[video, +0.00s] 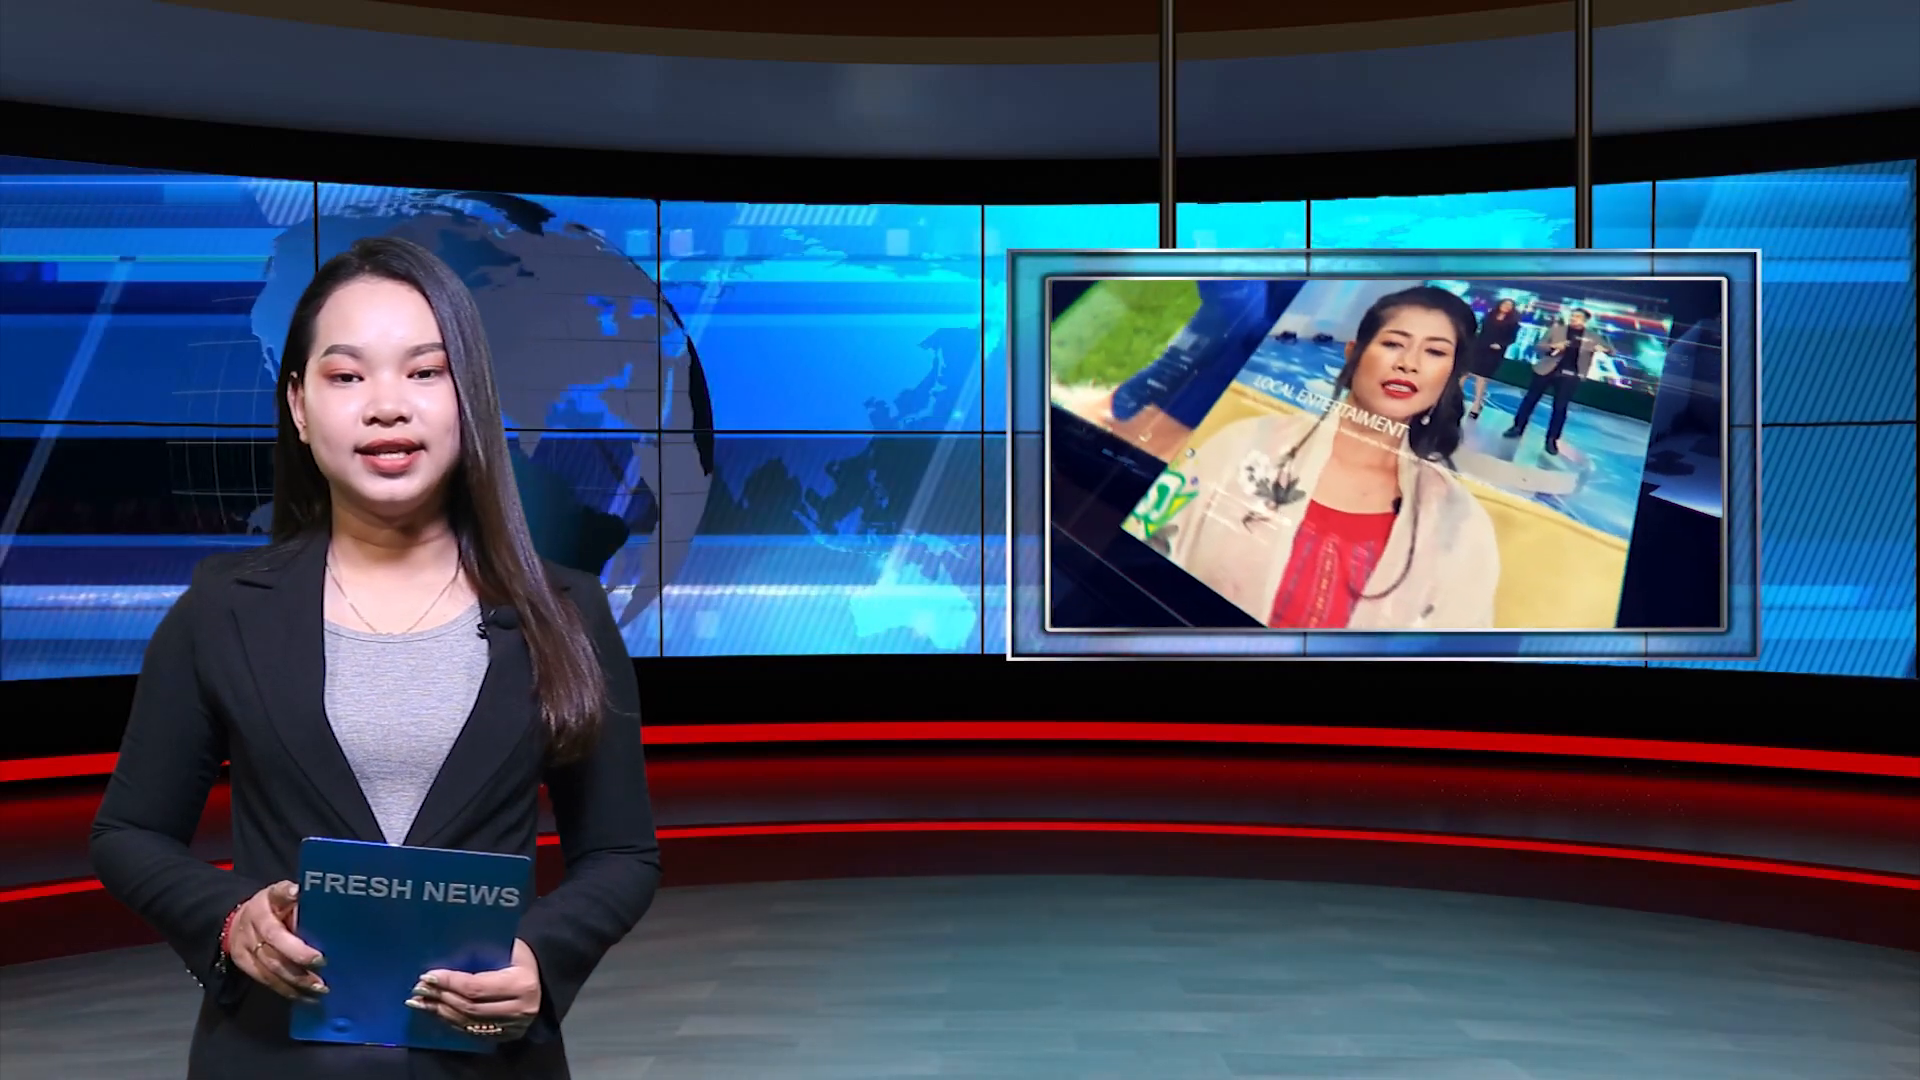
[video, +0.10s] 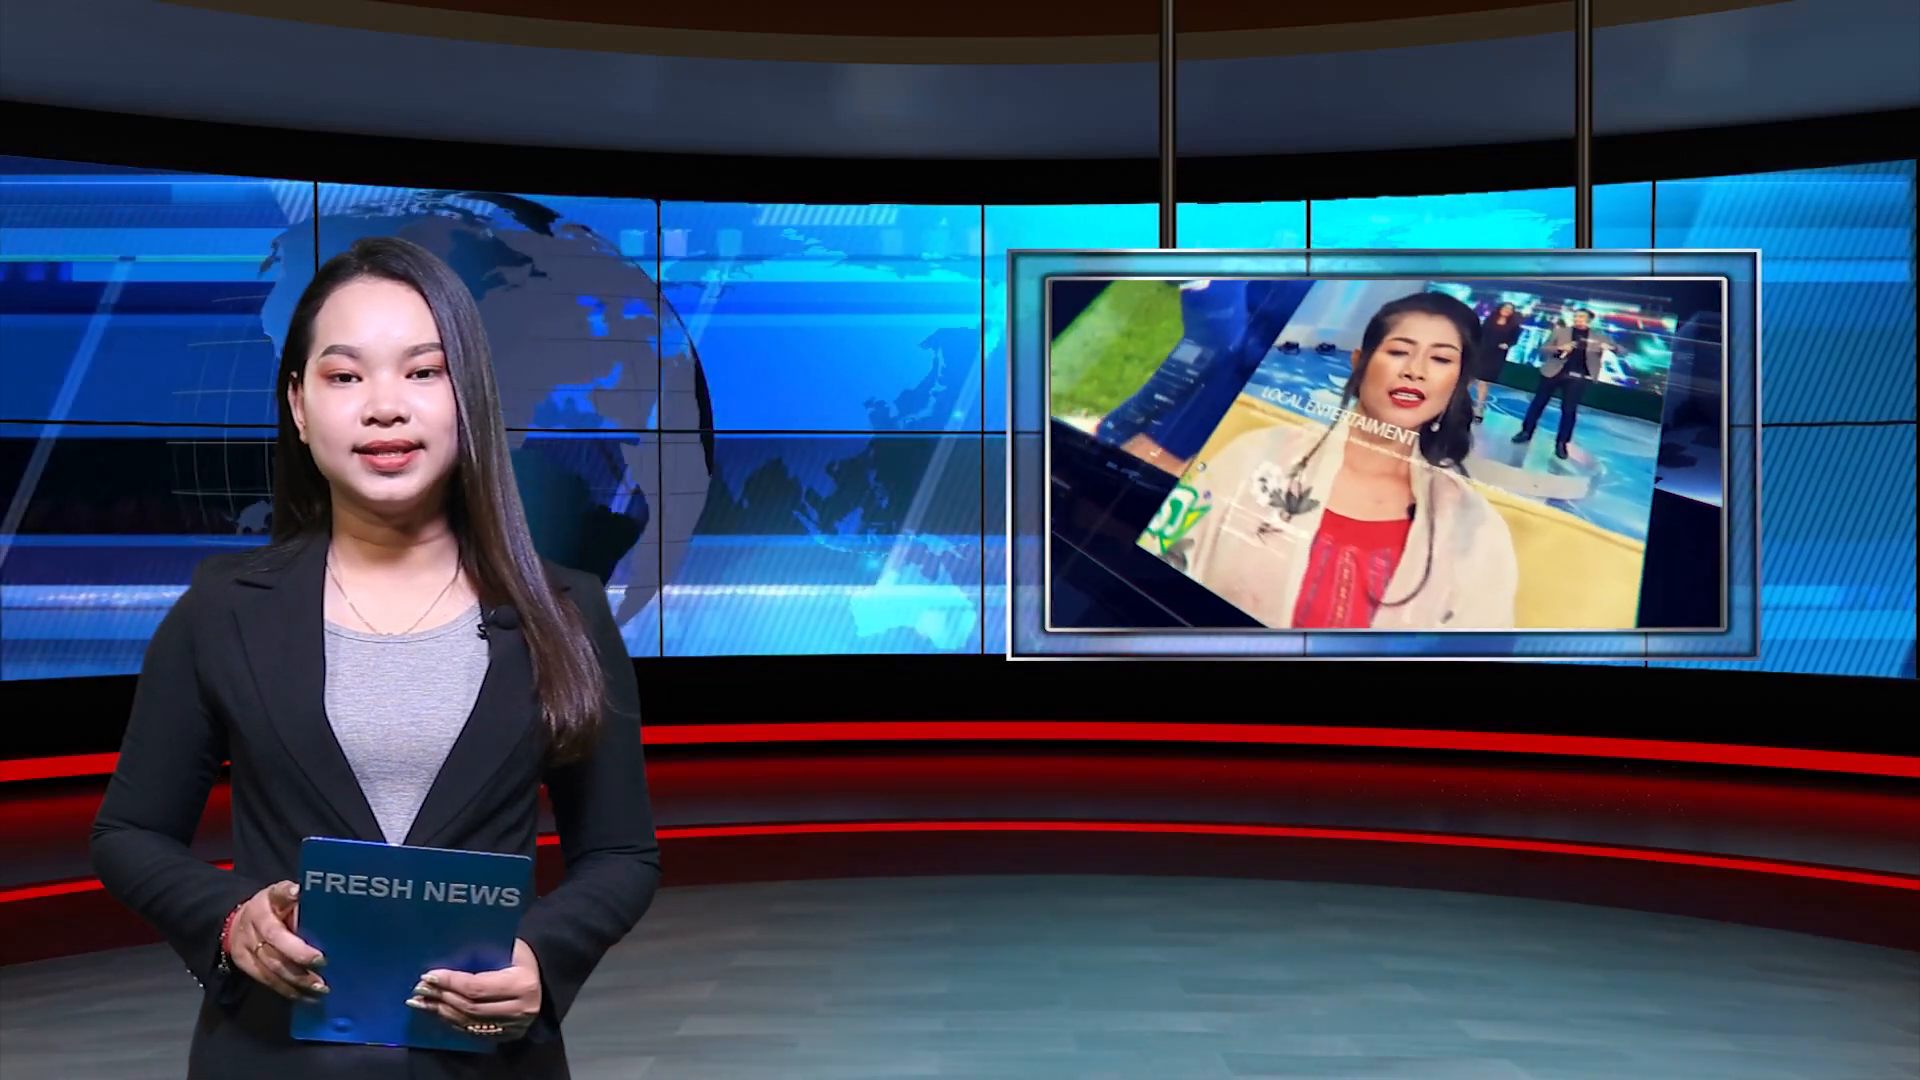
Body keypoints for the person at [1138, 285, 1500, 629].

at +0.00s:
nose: (1409, 364)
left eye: (1434, 352)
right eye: (1393, 342)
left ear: (1450, 380)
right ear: (1353, 353)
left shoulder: (1462, 528)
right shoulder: (1243, 448)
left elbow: (1458, 670)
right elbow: (1132, 571)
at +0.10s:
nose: (1415, 371)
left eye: (1440, 358)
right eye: (1397, 351)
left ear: (1459, 384)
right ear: (1359, 363)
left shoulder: (1476, 531)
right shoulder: (1254, 460)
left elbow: (1480, 672)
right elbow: (1148, 587)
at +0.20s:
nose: (1428, 380)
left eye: (1453, 367)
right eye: (1410, 361)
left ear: (1473, 394)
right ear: (1372, 375)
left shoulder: (1501, 539)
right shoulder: (1273, 476)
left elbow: (1512, 681)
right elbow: (1172, 605)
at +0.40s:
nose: (1452, 393)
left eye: (1475, 378)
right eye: (1432, 373)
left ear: (1501, 404)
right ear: (1395, 389)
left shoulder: (1540, 547)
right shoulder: (1305, 496)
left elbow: (1564, 689)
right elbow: (1220, 637)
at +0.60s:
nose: (1479, 402)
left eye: (1502, 387)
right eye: (1458, 384)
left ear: (1527, 411)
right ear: (1421, 401)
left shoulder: (1578, 553)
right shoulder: (1338, 508)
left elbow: (1612, 689)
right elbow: (1263, 651)